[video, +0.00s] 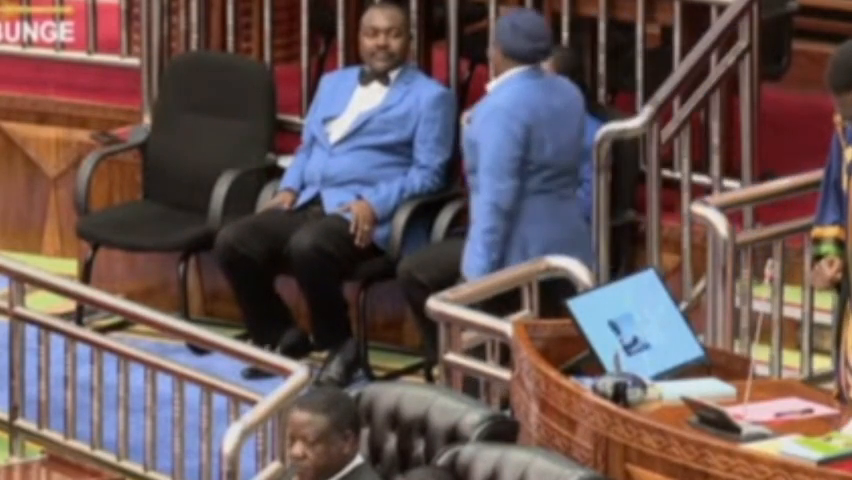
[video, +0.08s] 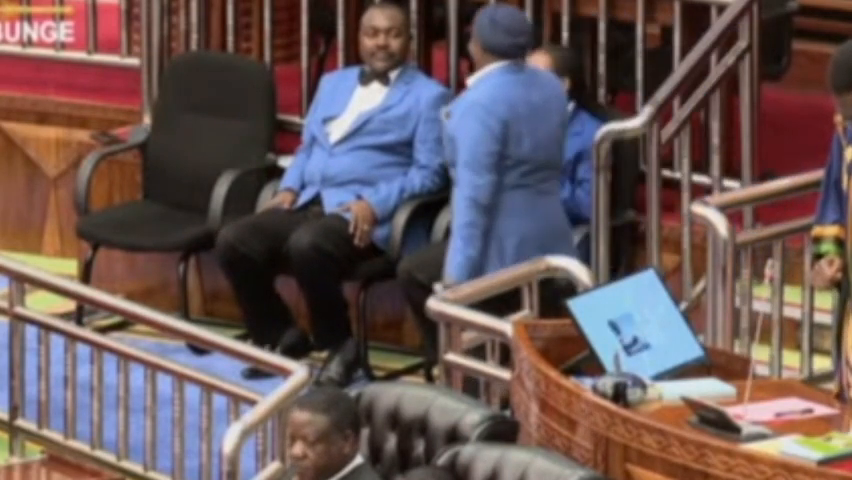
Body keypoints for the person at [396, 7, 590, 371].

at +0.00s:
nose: (489, 52)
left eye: (492, 46)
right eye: (492, 45)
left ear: (497, 52)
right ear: (542, 52)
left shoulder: (500, 108)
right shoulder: (569, 94)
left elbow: (496, 200)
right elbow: (577, 172)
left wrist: (475, 277)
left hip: (516, 253)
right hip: (571, 245)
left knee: (414, 272)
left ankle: (455, 369)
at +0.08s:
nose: (470, 45)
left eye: (472, 40)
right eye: (473, 39)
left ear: (476, 46)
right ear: (525, 45)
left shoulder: (480, 103)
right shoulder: (552, 87)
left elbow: (474, 196)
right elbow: (554, 168)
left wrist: (456, 279)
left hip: (499, 245)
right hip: (553, 239)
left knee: (413, 273)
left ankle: (454, 372)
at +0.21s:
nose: (438, 39)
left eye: (441, 33)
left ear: (444, 38)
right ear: (493, 36)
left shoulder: (444, 90)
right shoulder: (527, 80)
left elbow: (431, 178)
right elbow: (532, 159)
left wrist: (400, 253)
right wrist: (517, 195)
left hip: (456, 231)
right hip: (519, 228)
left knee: (450, 346)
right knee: (509, 340)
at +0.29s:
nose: (424, 37)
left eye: (425, 31)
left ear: (433, 37)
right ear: (483, 33)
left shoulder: (429, 85)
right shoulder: (517, 79)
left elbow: (408, 172)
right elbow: (523, 158)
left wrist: (374, 243)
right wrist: (504, 191)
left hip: (444, 230)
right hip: (506, 227)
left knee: (446, 348)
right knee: (500, 342)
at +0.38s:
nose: (405, 35)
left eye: (410, 28)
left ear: (422, 34)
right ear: (470, 31)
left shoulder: (414, 82)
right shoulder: (505, 78)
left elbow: (390, 166)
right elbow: (511, 158)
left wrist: (358, 229)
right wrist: (497, 195)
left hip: (435, 224)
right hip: (495, 221)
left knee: (440, 340)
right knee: (492, 336)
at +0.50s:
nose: (390, 37)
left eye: (398, 29)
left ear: (414, 32)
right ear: (460, 31)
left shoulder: (402, 82)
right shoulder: (494, 80)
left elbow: (376, 164)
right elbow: (499, 157)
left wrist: (347, 219)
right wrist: (493, 201)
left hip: (421, 221)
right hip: (478, 219)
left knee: (431, 331)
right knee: (466, 328)